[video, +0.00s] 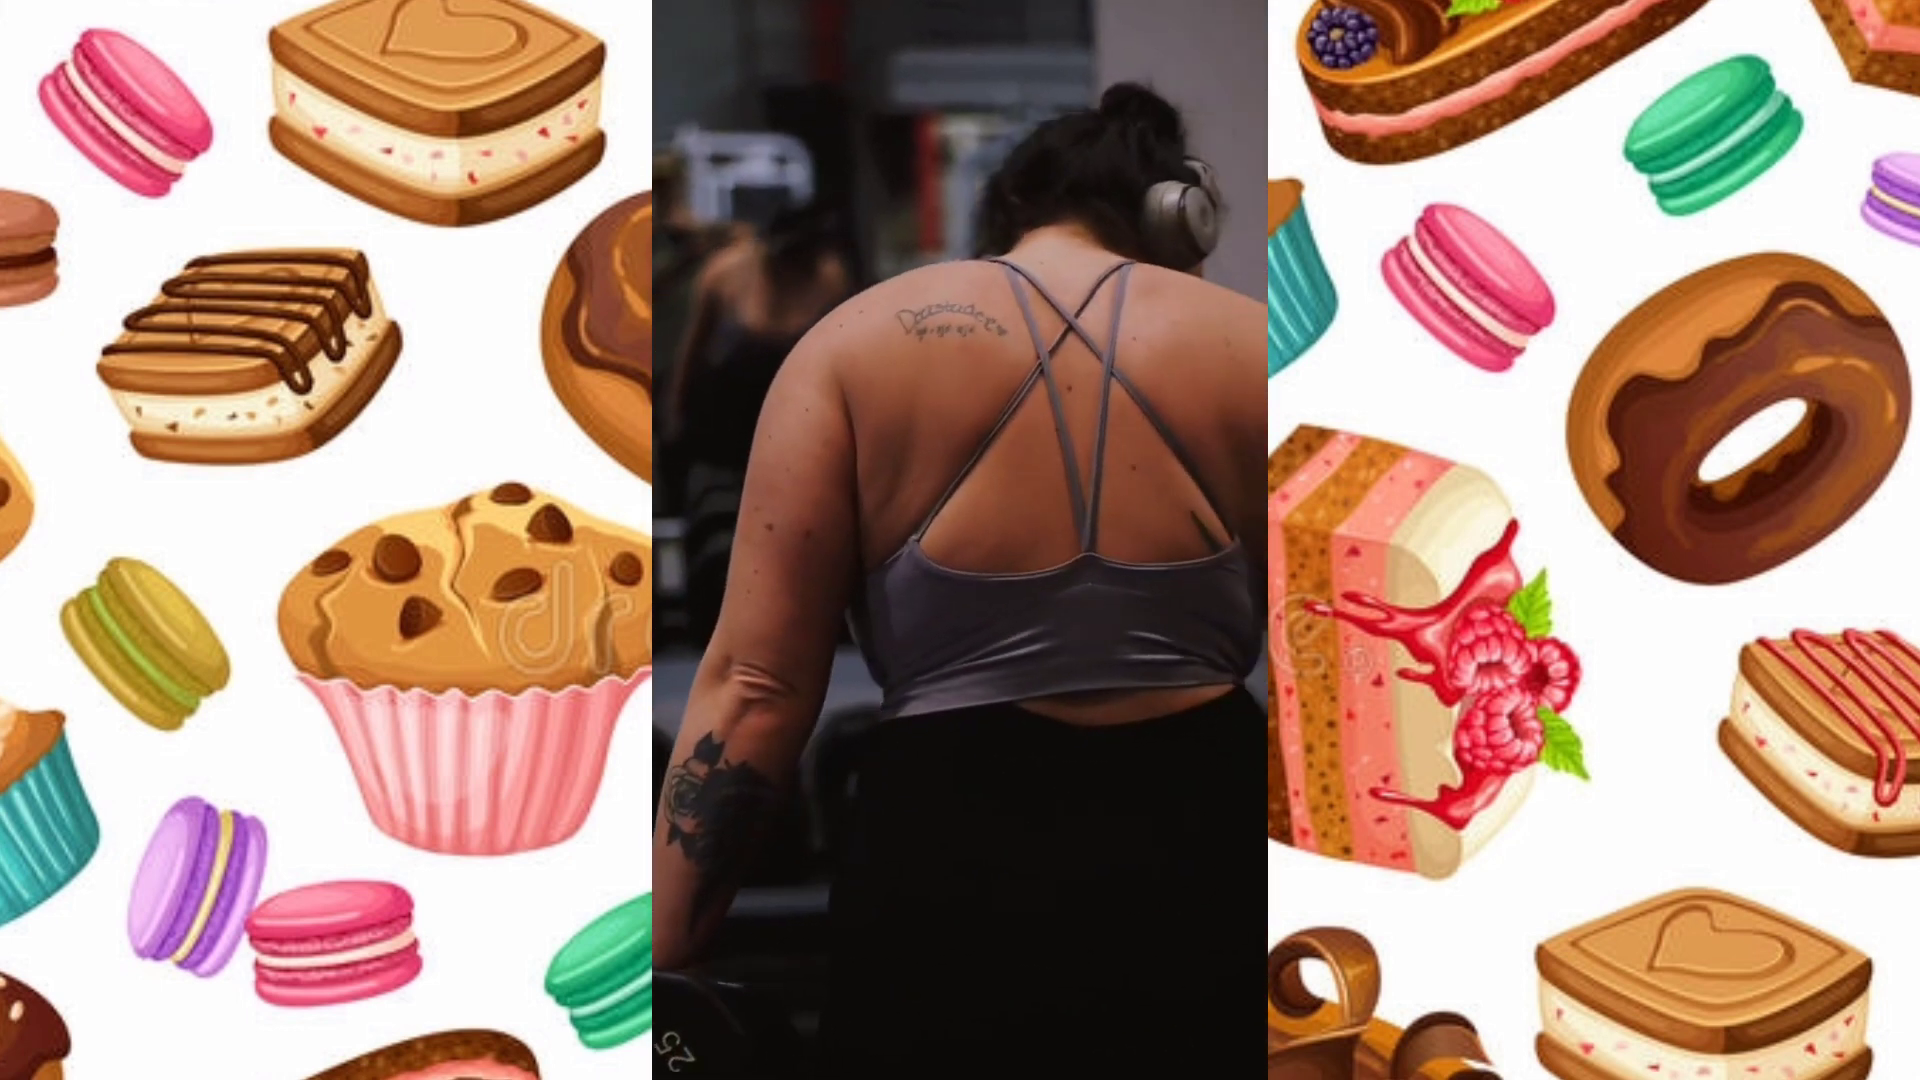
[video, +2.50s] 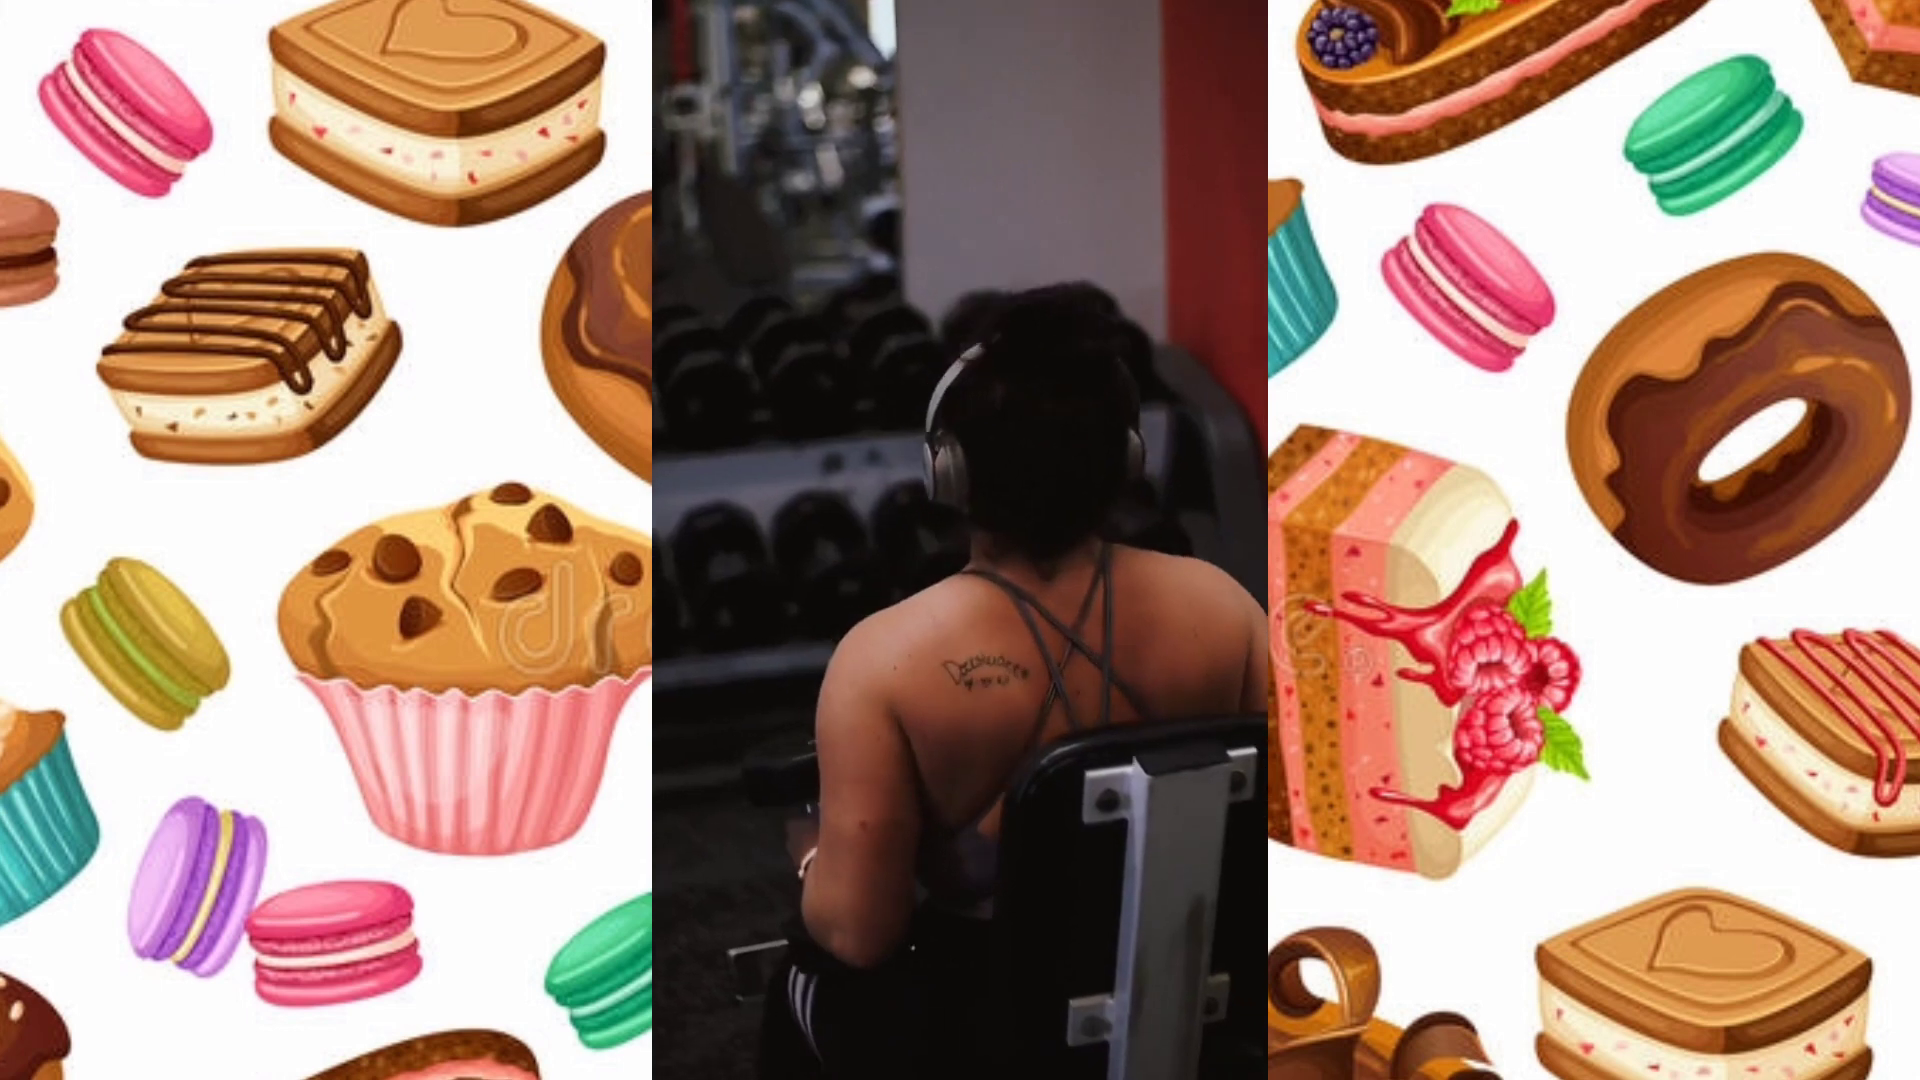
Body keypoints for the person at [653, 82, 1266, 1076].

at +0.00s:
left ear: (1005, 212)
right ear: (1173, 221)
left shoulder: (854, 347)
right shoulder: (1255, 343)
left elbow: (757, 683)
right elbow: (1328, 658)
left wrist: (657, 961)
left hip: (939, 839)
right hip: (1200, 836)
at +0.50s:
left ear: (937, 192)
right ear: (1083, 190)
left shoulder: (827, 316)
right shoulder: (1201, 317)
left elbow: (726, 614)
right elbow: (1274, 620)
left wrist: (622, 864)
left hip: (933, 762)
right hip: (1184, 751)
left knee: (886, 1050)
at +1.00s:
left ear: (861, 24)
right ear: (1025, 18)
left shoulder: (770, 198)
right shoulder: (1145, 183)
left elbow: (699, 502)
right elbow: (1237, 471)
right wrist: (1148, 396)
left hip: (874, 657)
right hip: (1106, 649)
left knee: (845, 1034)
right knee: (1127, 1016)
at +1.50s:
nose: (719, 145)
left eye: (728, 124)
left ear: (740, 147)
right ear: (917, 139)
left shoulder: (672, 326)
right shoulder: (1016, 315)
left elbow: (620, 559)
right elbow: (1097, 568)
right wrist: (1122, 528)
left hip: (756, 741)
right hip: (966, 729)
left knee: (750, 1044)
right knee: (960, 1041)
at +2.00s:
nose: (821, 299)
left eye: (829, 282)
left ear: (841, 310)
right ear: (1003, 303)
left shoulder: (776, 492)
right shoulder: (1101, 457)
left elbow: (755, 752)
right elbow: (1211, 683)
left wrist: (696, 735)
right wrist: (1123, 681)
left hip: (908, 919)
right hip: (1113, 902)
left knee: (781, 1047)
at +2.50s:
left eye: (931, 450)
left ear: (950, 474)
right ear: (1129, 457)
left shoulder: (885, 663)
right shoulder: (1223, 611)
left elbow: (858, 935)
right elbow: (1291, 837)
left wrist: (814, 860)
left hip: (973, 1038)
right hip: (1187, 1018)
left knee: (810, 951)